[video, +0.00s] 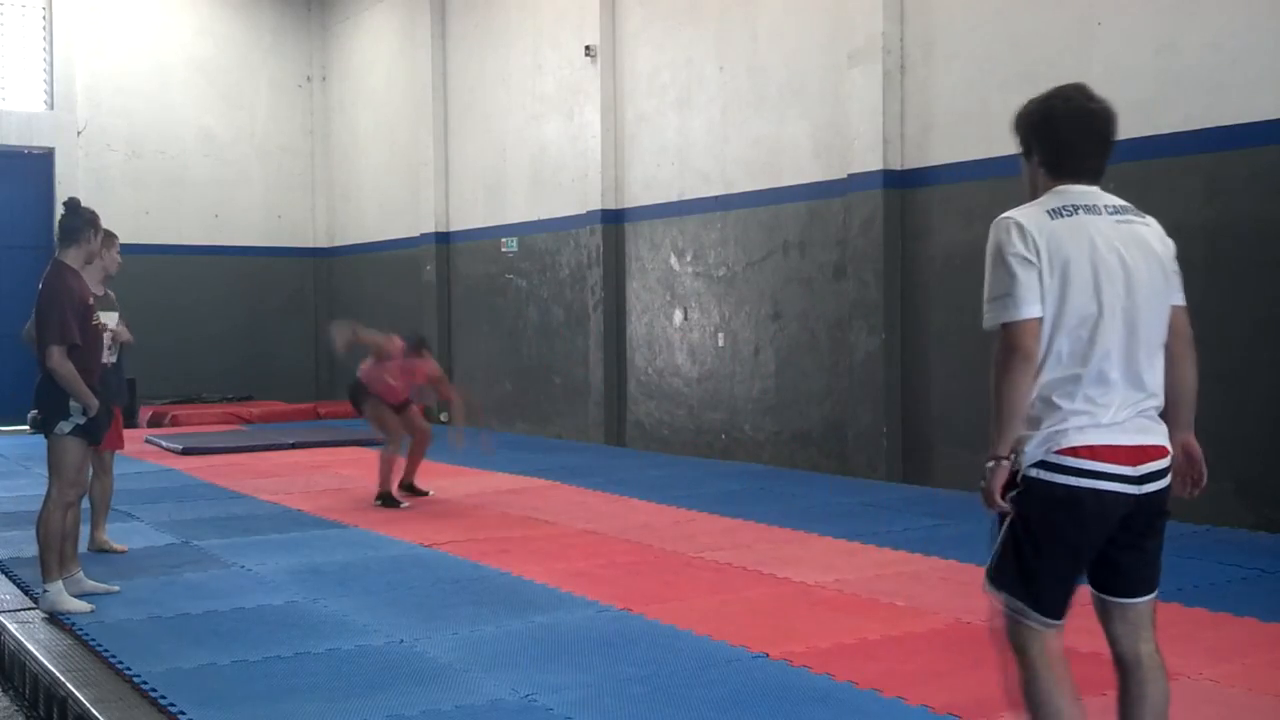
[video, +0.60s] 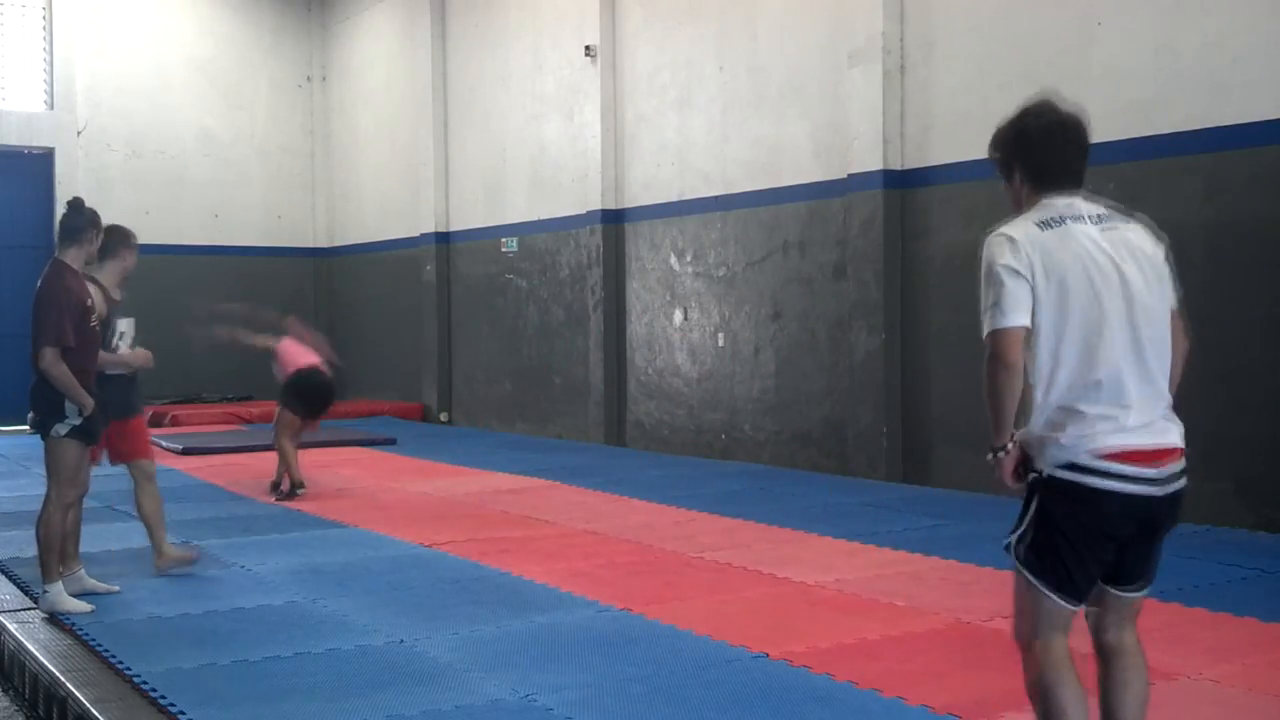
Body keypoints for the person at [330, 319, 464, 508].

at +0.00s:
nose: (413, 363)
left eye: (418, 359)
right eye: (411, 358)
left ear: (424, 356)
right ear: (406, 351)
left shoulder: (430, 367)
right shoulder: (392, 347)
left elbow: (452, 397)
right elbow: (356, 332)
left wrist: (457, 430)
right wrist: (342, 341)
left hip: (397, 398)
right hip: (367, 391)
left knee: (422, 432)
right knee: (395, 434)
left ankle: (407, 482)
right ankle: (384, 492)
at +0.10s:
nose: (368, 329)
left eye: (374, 326)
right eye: (366, 324)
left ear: (385, 321)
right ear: (363, 315)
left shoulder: (400, 335)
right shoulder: (361, 310)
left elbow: (423, 374)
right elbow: (340, 284)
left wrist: (413, 403)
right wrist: (313, 276)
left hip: (386, 386)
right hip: (354, 381)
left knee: (401, 427)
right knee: (356, 426)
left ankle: (404, 482)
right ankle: (362, 486)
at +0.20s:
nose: (334, 303)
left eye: (337, 299)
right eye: (332, 299)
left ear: (347, 294)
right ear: (332, 294)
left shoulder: (369, 312)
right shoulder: (343, 301)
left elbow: (397, 346)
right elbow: (330, 271)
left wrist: (377, 368)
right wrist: (303, 259)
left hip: (372, 376)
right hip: (346, 372)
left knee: (365, 423)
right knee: (328, 414)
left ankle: (371, 481)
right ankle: (340, 473)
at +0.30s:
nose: (310, 295)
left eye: (312, 290)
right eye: (310, 290)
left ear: (319, 288)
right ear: (325, 282)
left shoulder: (336, 300)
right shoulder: (331, 297)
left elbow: (357, 322)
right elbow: (316, 275)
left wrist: (335, 338)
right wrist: (294, 264)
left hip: (355, 378)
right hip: (344, 377)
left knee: (339, 429)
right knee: (312, 413)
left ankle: (350, 486)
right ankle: (318, 470)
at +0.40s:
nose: (294, 300)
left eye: (294, 295)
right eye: (293, 296)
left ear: (299, 292)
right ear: (312, 286)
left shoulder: (318, 303)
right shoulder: (326, 301)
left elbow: (302, 312)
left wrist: (277, 315)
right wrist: (287, 282)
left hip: (340, 375)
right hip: (338, 374)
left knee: (313, 419)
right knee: (312, 418)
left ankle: (338, 477)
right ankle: (299, 464)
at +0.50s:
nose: (276, 314)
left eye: (279, 308)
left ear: (288, 307)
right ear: (305, 306)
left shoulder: (291, 316)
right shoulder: (320, 324)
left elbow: (259, 306)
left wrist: (225, 307)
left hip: (321, 377)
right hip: (343, 378)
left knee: (286, 421)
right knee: (309, 424)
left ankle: (299, 472)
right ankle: (293, 467)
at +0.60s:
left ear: (284, 335)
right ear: (300, 337)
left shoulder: (280, 342)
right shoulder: (311, 351)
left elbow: (249, 339)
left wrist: (227, 334)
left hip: (301, 381)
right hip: (324, 384)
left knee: (283, 436)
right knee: (290, 437)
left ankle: (296, 483)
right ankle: (278, 481)